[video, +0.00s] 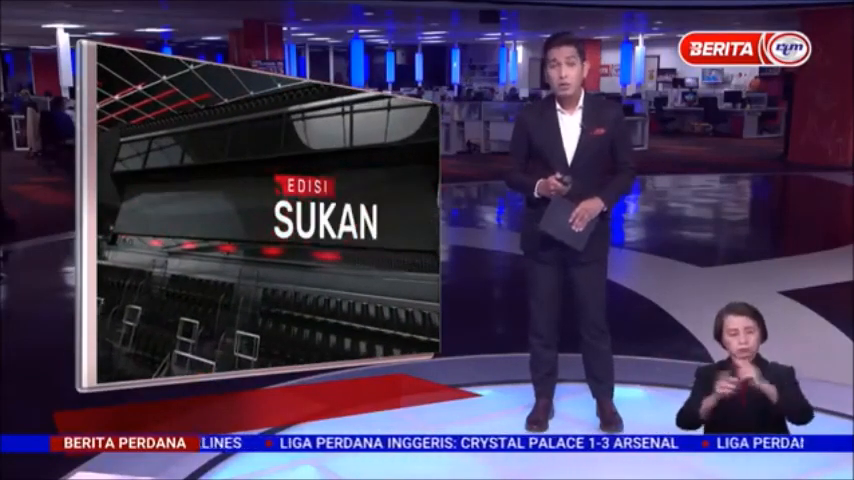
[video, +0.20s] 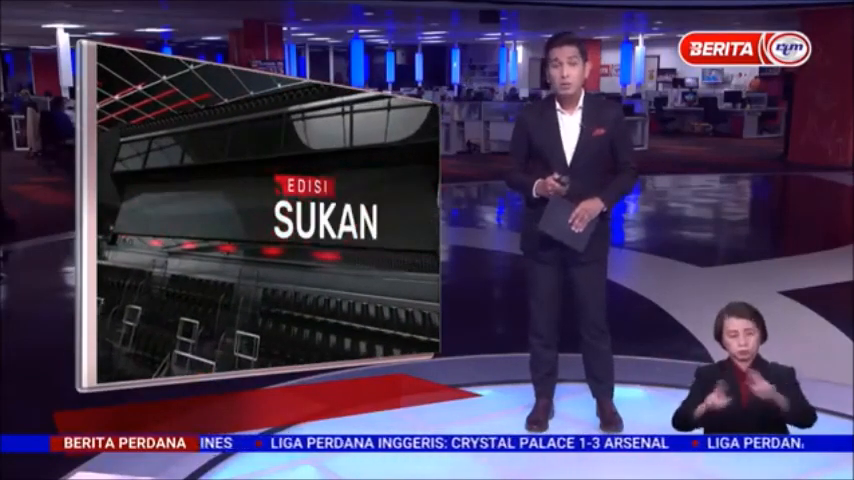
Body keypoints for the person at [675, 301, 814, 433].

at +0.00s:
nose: (743, 340)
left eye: (750, 332)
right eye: (734, 333)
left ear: (762, 335)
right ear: (722, 340)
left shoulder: (782, 374)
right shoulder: (709, 375)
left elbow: (804, 416)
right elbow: (685, 421)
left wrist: (765, 386)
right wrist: (716, 397)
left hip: (773, 461)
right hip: (720, 461)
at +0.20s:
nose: (742, 342)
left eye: (749, 333)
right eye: (733, 335)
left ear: (761, 336)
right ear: (722, 341)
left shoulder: (782, 375)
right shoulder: (709, 376)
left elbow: (808, 419)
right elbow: (680, 423)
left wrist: (774, 395)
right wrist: (706, 406)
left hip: (775, 461)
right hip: (721, 461)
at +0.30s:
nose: (742, 343)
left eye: (749, 334)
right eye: (733, 336)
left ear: (761, 337)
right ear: (722, 341)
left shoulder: (783, 376)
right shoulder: (708, 375)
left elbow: (812, 420)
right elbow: (676, 424)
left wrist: (789, 395)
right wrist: (699, 400)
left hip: (773, 461)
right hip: (721, 462)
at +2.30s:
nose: (746, 344)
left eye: (754, 335)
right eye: (738, 335)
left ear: (767, 339)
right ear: (727, 340)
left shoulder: (787, 381)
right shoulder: (709, 376)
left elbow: (800, 437)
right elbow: (681, 430)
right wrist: (702, 404)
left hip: (770, 466)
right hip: (716, 464)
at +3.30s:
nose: (723, 348)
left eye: (732, 341)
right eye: (716, 340)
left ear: (746, 344)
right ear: (706, 342)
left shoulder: (770, 377)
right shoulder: (694, 381)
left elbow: (799, 427)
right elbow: (679, 437)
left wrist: (771, 397)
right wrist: (702, 404)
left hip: (763, 461)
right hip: (710, 463)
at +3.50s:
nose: (726, 344)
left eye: (735, 336)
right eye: (718, 337)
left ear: (748, 340)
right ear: (708, 341)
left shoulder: (773, 377)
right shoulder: (696, 382)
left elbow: (798, 429)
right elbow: (682, 437)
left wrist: (769, 401)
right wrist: (704, 408)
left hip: (765, 463)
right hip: (713, 464)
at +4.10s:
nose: (734, 344)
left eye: (743, 335)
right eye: (726, 335)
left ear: (756, 340)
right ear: (716, 340)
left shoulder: (776, 379)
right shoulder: (702, 380)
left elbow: (793, 433)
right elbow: (693, 435)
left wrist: (761, 407)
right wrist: (721, 402)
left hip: (766, 462)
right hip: (715, 462)